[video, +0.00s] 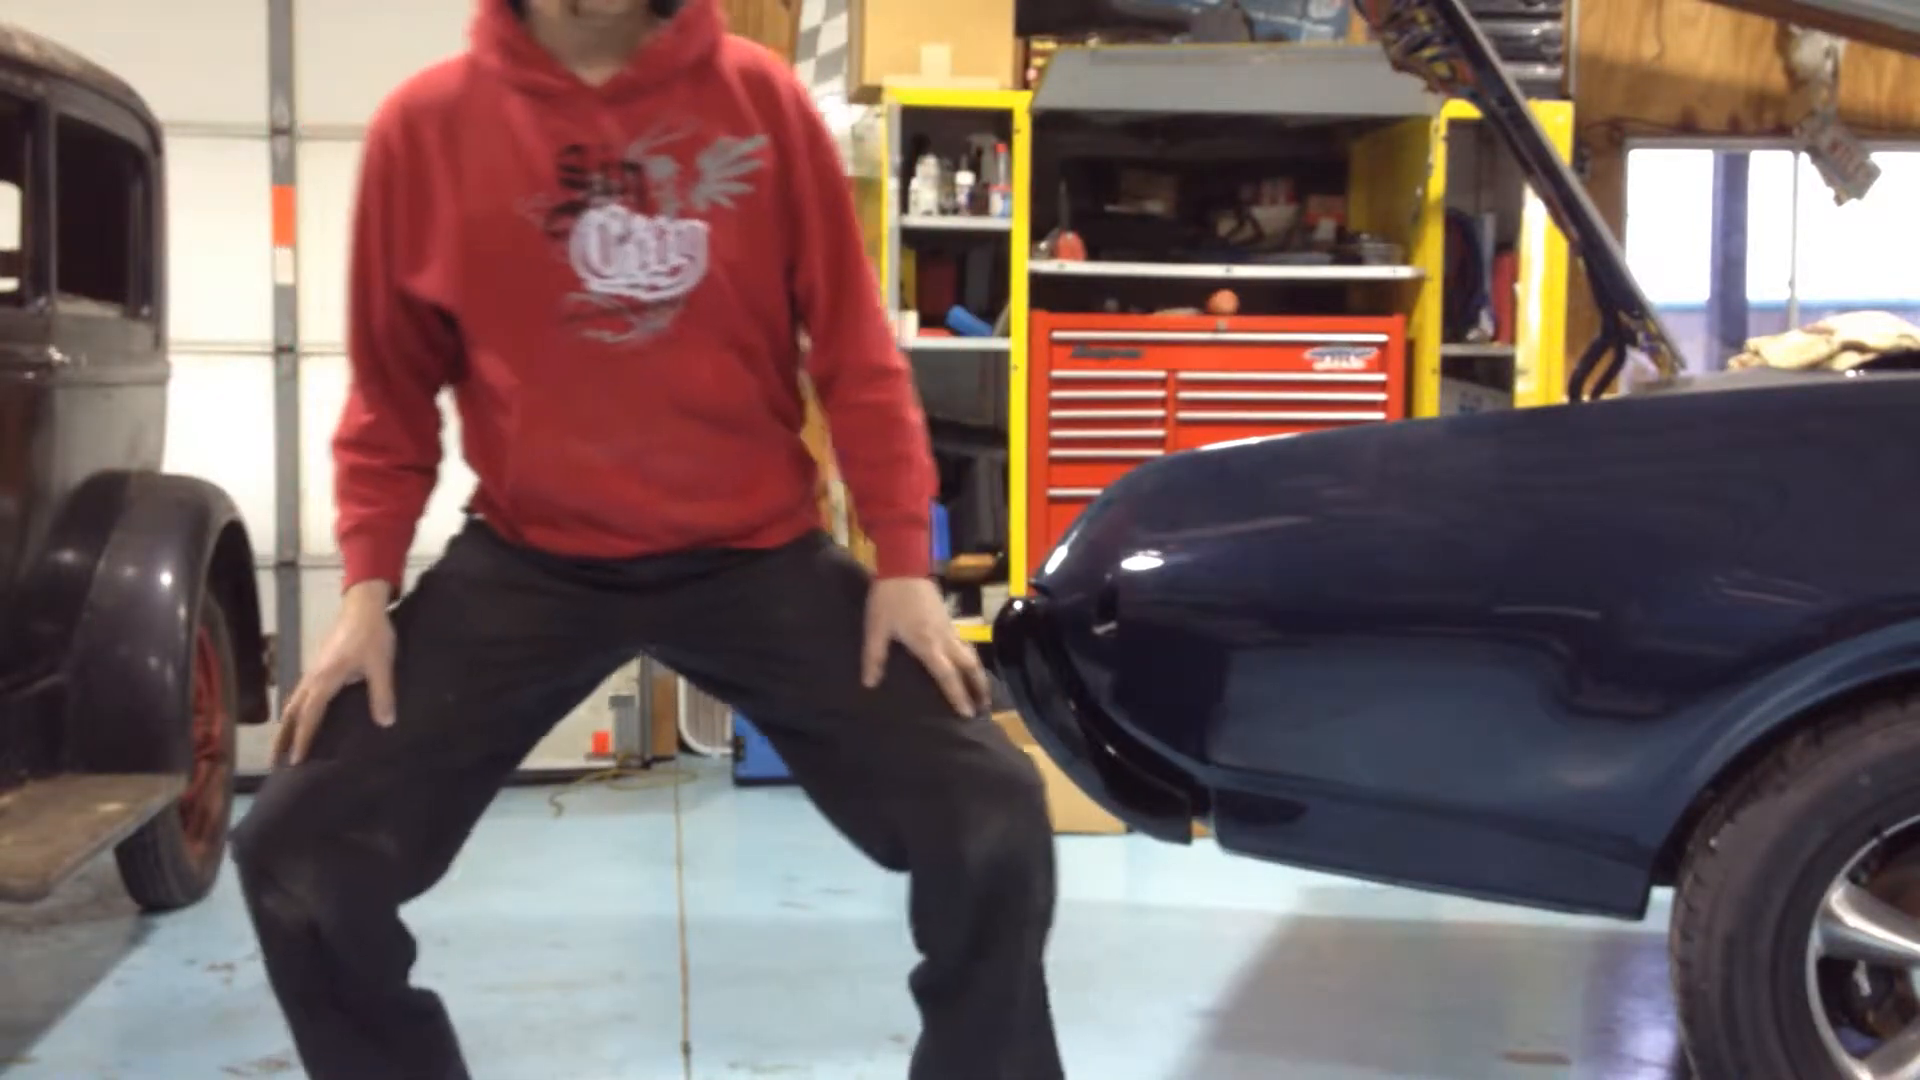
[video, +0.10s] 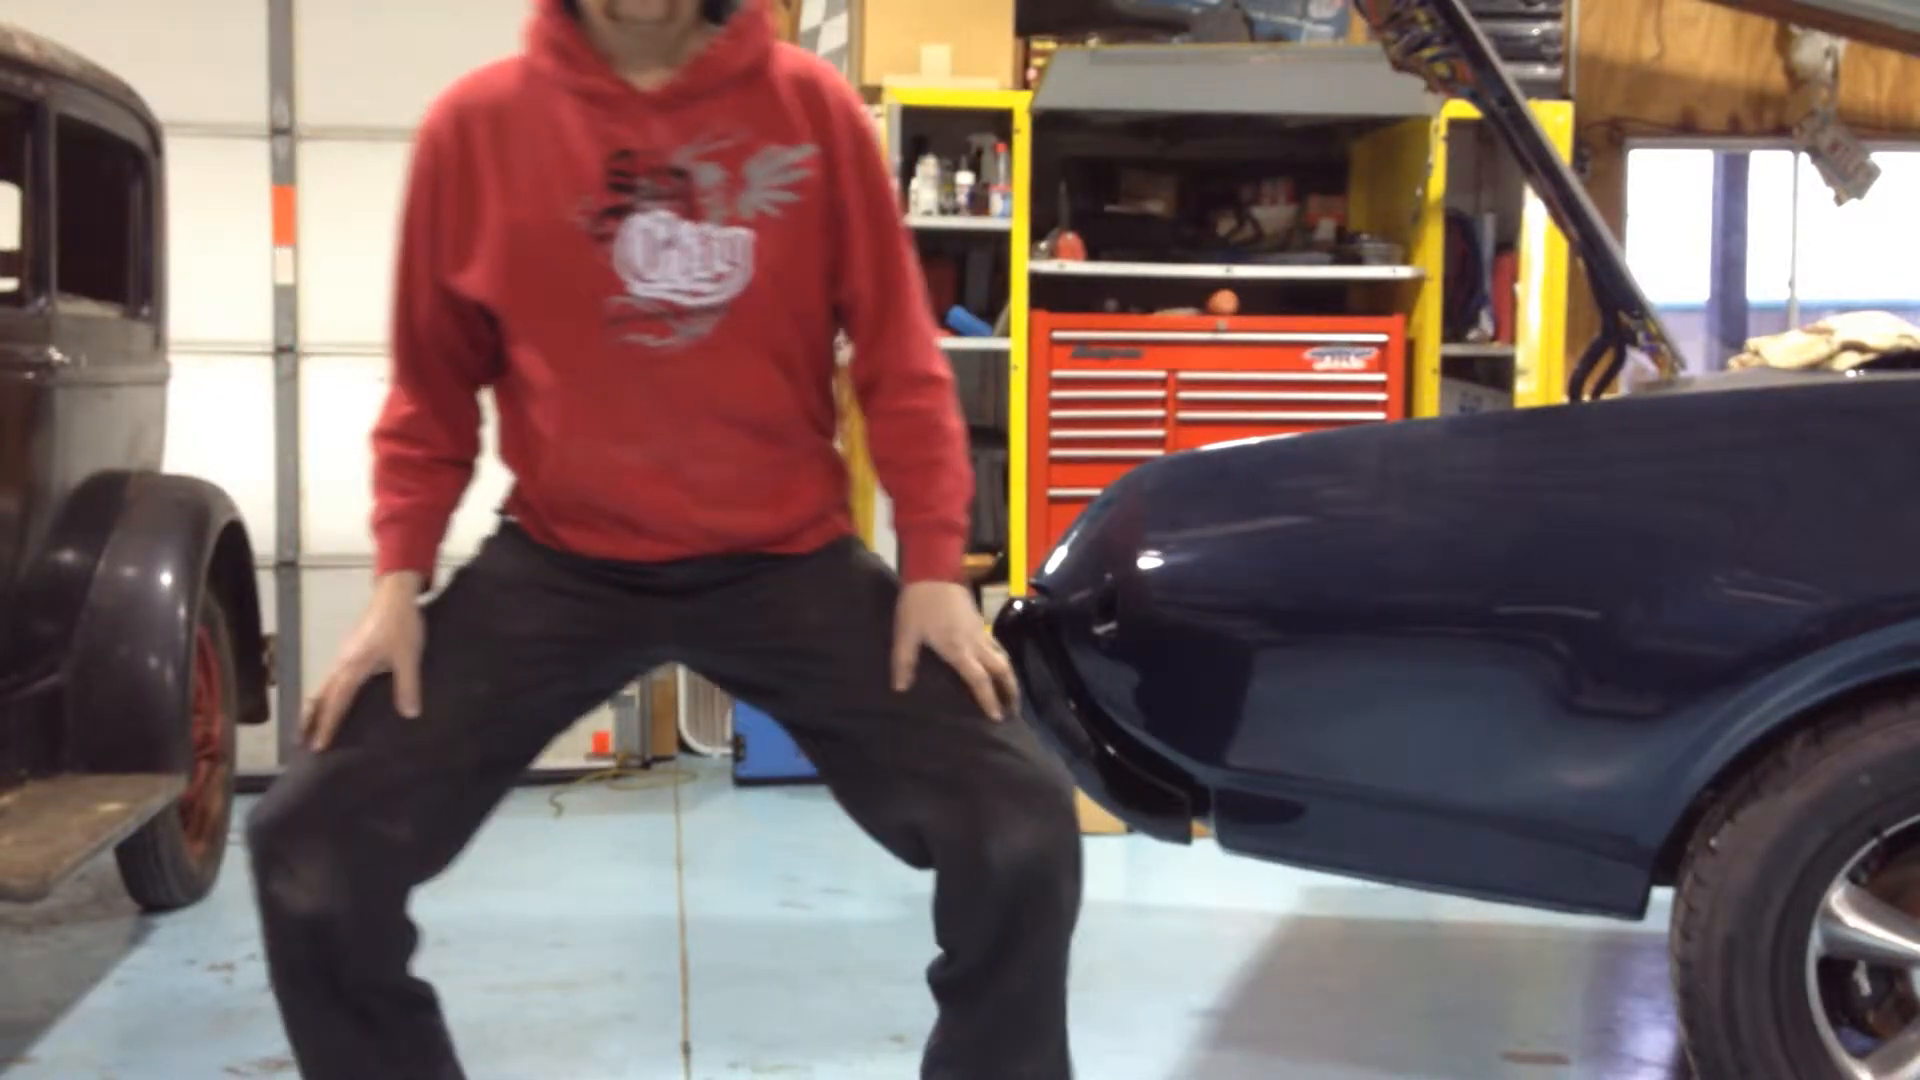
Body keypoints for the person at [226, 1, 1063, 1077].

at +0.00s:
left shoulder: (760, 103)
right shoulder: (427, 126)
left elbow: (854, 342)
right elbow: (390, 382)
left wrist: (905, 563)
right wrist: (366, 586)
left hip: (756, 561)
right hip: (528, 562)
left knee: (991, 821)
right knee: (302, 846)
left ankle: (979, 1071)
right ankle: (406, 1073)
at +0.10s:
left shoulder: (811, 110)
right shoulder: (479, 124)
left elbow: (900, 354)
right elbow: (430, 377)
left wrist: (935, 566)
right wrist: (398, 578)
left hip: (788, 566)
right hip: (560, 567)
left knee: (1021, 828)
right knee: (314, 842)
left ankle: (986, 1068)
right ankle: (399, 1071)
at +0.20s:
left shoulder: (865, 121)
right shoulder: (533, 126)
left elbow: (939, 368)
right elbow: (478, 378)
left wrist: (972, 587)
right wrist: (435, 572)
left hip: (825, 574)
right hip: (598, 566)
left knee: (1037, 831)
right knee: (338, 825)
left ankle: (987, 1068)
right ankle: (396, 1071)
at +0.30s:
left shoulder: (920, 128)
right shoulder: (587, 123)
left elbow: (982, 375)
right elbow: (524, 370)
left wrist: (1004, 588)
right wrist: (474, 570)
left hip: (859, 579)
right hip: (634, 566)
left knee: (1068, 847)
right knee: (366, 816)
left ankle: (996, 1073)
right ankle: (395, 1072)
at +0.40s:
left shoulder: (969, 135)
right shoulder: (637, 123)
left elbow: (1026, 384)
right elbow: (566, 365)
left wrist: (1039, 601)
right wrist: (509, 561)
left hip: (892, 581)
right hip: (668, 564)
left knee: (1083, 857)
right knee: (401, 812)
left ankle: (985, 1073)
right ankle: (390, 1071)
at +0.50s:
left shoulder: (1011, 140)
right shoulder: (675, 123)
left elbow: (1068, 393)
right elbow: (603, 361)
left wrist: (1066, 611)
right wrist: (545, 556)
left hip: (916, 581)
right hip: (694, 562)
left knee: (1101, 862)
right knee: (423, 809)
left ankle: (985, 1075)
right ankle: (401, 1072)